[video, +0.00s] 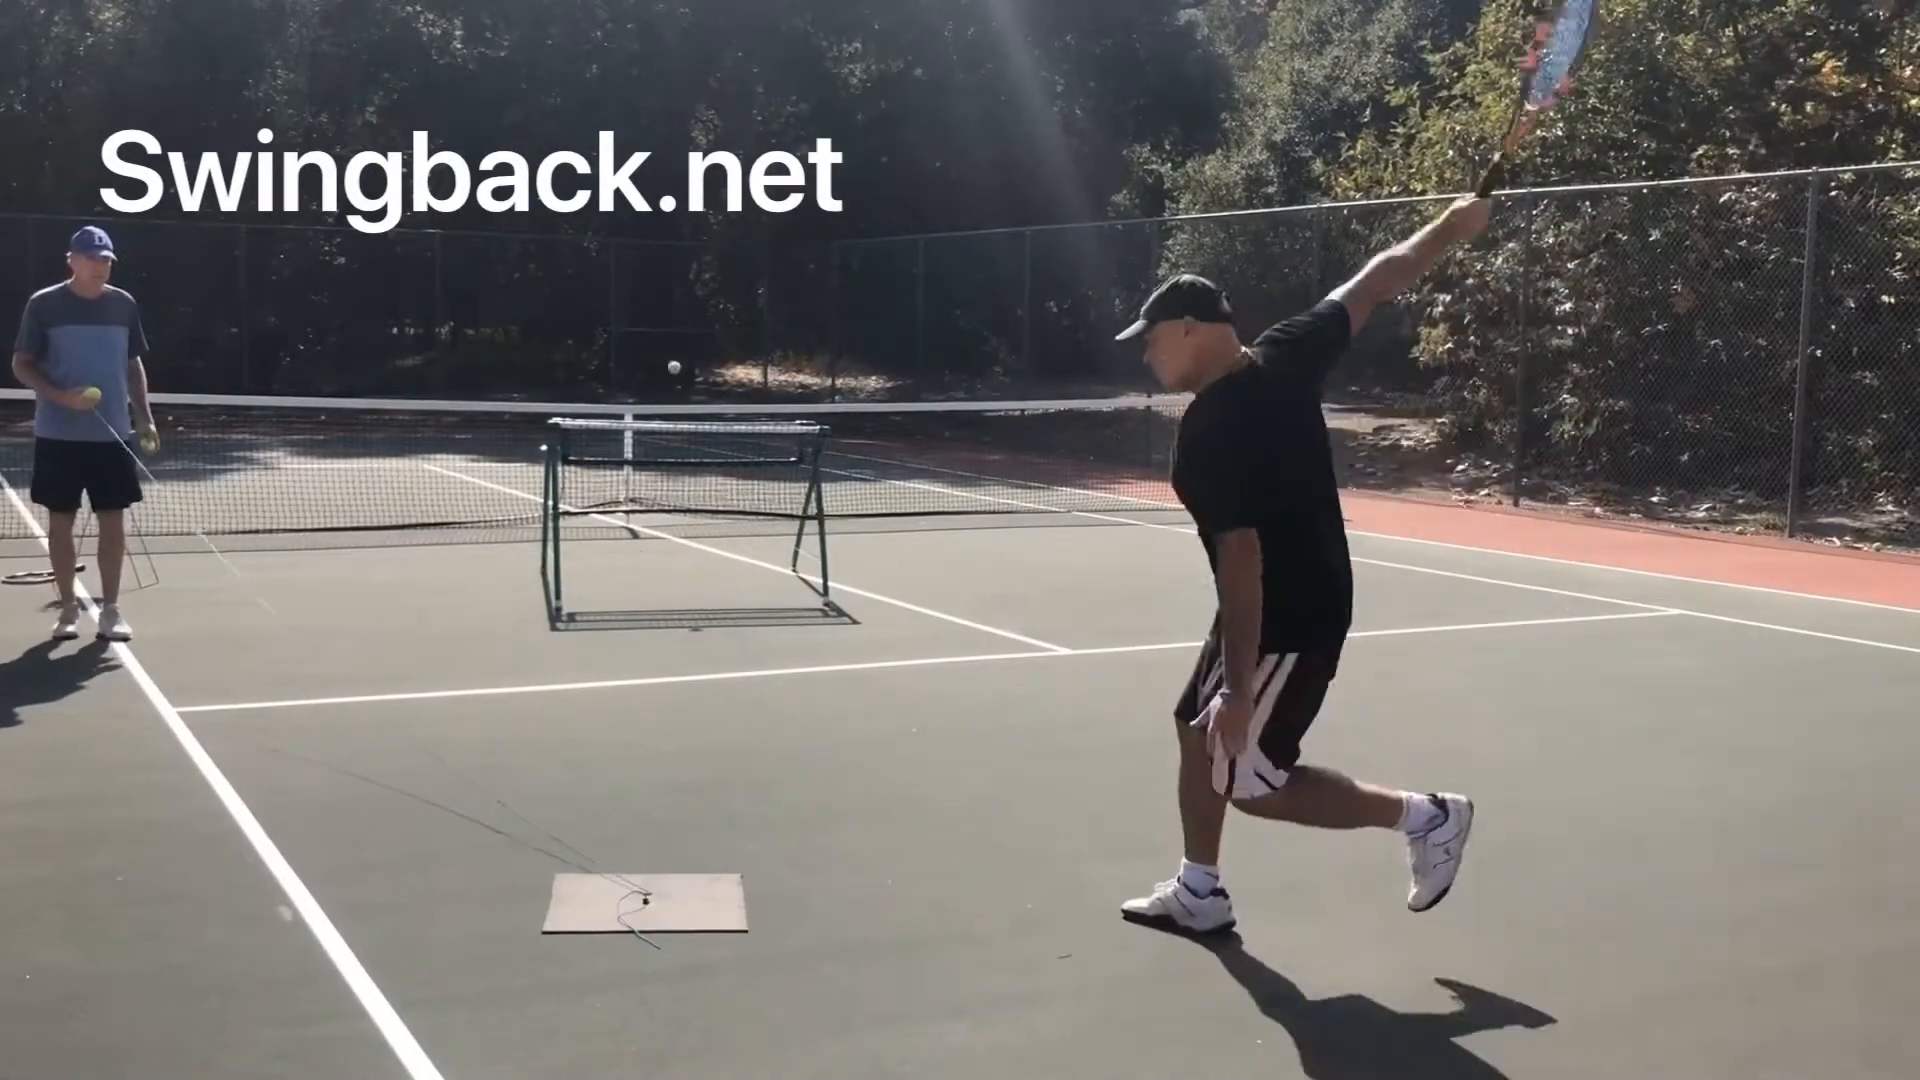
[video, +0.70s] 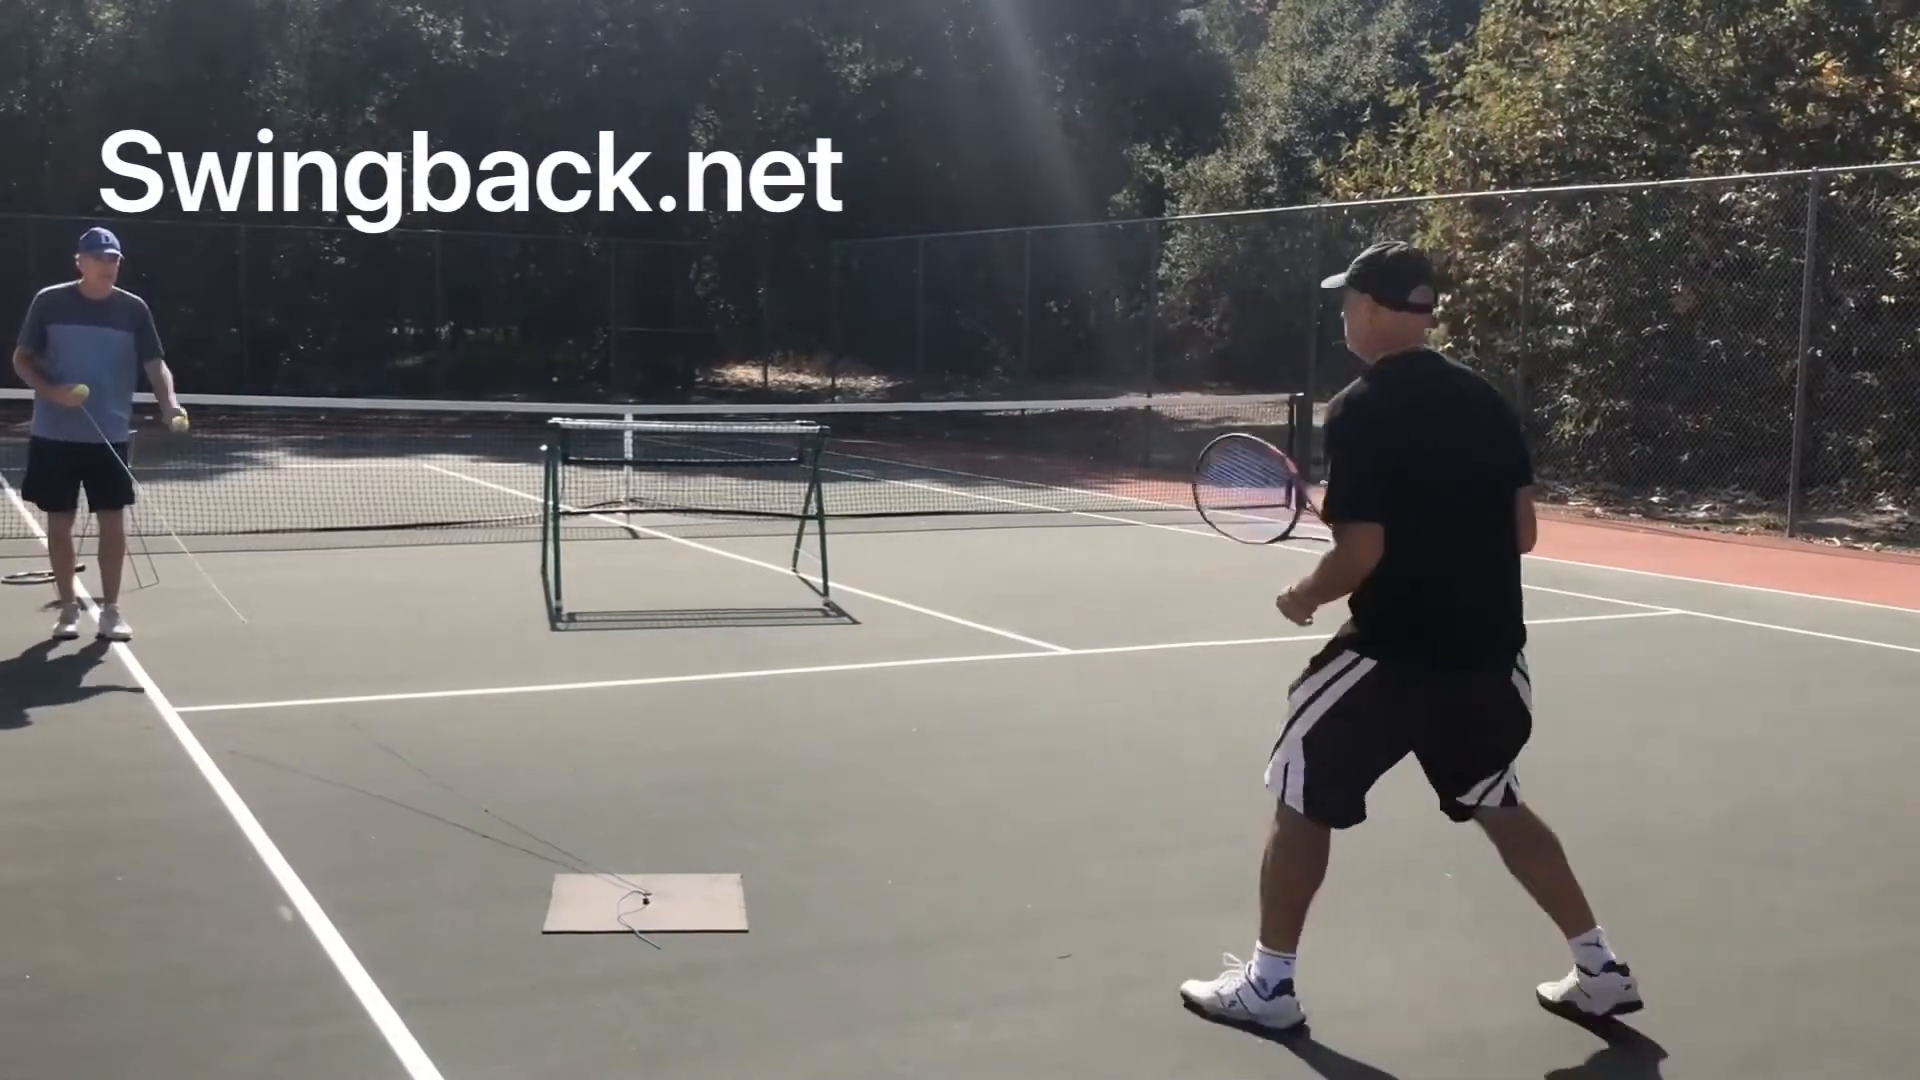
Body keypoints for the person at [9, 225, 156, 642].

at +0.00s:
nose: (100, 269)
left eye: (106, 261)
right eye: (93, 260)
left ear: (112, 264)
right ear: (72, 260)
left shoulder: (123, 304)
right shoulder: (43, 304)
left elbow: (133, 364)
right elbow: (21, 365)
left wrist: (145, 417)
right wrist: (62, 396)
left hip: (112, 437)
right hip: (60, 438)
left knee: (112, 522)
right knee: (60, 522)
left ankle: (110, 609)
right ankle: (68, 606)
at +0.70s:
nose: (107, 267)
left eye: (113, 260)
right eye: (99, 259)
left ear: (120, 263)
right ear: (80, 261)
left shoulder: (134, 309)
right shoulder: (48, 302)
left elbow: (156, 364)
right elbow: (21, 358)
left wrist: (171, 405)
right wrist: (51, 391)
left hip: (110, 439)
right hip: (56, 437)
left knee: (113, 522)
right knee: (59, 523)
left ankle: (110, 609)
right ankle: (68, 607)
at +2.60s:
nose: (94, 268)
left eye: (100, 261)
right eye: (86, 260)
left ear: (107, 263)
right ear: (66, 260)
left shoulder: (119, 304)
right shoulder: (37, 304)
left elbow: (129, 364)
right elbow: (16, 364)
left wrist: (142, 418)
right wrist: (53, 394)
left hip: (109, 437)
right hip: (55, 438)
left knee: (111, 520)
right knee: (59, 522)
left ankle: (110, 609)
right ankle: (69, 607)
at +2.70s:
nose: (95, 269)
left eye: (101, 261)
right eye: (87, 260)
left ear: (108, 264)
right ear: (67, 260)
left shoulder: (120, 305)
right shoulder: (38, 303)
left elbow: (128, 364)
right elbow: (15, 363)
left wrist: (140, 419)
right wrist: (53, 394)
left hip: (109, 437)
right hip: (54, 438)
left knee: (110, 520)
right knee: (58, 522)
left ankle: (110, 609)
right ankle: (69, 607)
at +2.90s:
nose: (100, 270)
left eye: (105, 262)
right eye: (92, 262)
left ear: (112, 265)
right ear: (71, 262)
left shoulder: (125, 308)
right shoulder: (40, 304)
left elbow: (130, 369)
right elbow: (15, 362)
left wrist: (137, 427)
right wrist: (50, 394)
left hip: (106, 438)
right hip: (52, 438)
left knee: (110, 520)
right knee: (57, 522)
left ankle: (110, 610)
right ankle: (68, 607)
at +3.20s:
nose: (101, 261)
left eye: (106, 254)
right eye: (92, 253)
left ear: (112, 259)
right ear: (73, 257)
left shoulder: (129, 306)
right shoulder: (42, 300)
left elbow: (156, 345)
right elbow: (16, 358)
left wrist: (177, 364)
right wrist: (46, 388)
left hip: (107, 436)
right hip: (52, 435)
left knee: (110, 520)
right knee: (58, 520)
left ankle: (110, 609)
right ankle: (68, 606)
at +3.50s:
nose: (95, 254)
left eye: (101, 248)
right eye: (87, 247)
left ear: (109, 254)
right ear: (70, 254)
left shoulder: (126, 296)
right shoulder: (42, 299)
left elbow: (161, 335)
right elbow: (21, 360)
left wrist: (145, 316)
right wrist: (51, 383)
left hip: (112, 428)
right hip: (57, 432)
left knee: (113, 519)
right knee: (60, 521)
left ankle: (111, 610)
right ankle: (68, 608)